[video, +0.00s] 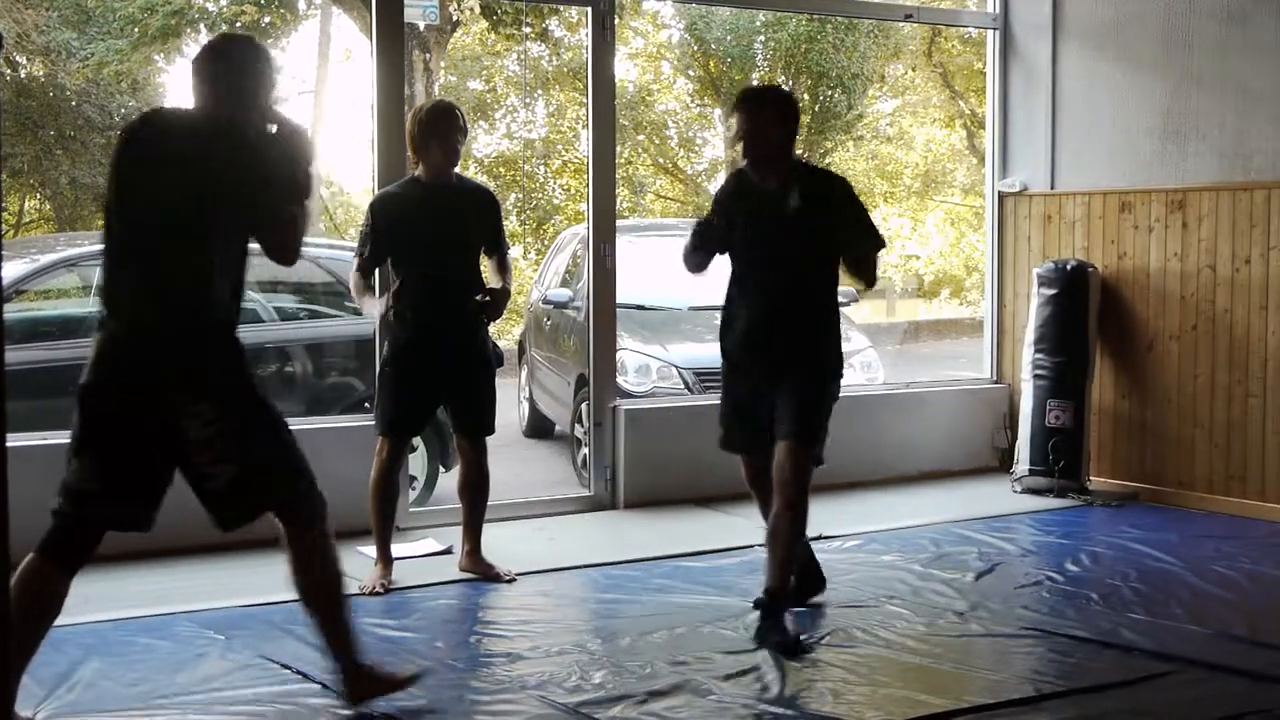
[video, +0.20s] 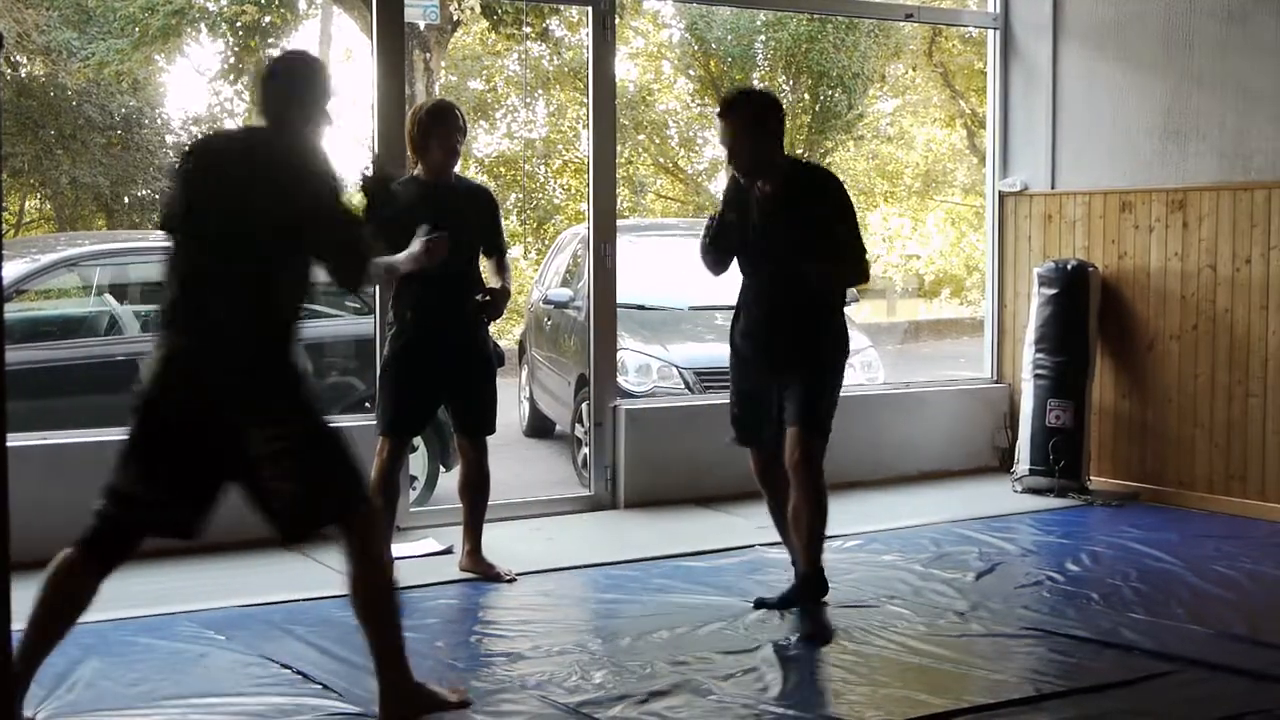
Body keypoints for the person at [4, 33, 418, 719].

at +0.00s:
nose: (271, 99)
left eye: (269, 87)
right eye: (267, 86)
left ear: (197, 82)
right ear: (249, 88)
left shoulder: (142, 132)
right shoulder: (250, 148)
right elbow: (284, 245)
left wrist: (248, 142)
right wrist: (297, 157)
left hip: (120, 362)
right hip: (204, 364)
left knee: (65, 543)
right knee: (301, 506)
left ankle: (4, 698)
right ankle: (351, 669)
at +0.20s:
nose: (324, 114)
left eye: (322, 101)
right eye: (322, 103)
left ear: (265, 96)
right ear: (308, 103)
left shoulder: (207, 152)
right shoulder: (303, 166)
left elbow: (178, 229)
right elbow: (353, 264)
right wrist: (381, 204)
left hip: (182, 376)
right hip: (261, 379)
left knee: (108, 538)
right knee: (363, 521)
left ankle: (14, 683)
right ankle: (398, 689)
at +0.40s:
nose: (397, 116)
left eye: (396, 105)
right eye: (396, 104)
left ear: (322, 94)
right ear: (381, 103)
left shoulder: (258, 140)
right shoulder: (384, 168)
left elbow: (229, 221)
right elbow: (414, 271)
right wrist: (447, 224)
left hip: (227, 361)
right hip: (314, 369)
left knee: (192, 509)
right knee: (385, 519)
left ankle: (106, 646)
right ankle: (401, 689)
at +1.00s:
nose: (397, 95)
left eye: (395, 82)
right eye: (394, 82)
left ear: (326, 79)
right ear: (380, 82)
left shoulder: (272, 131)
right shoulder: (386, 138)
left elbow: (266, 235)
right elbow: (432, 238)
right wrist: (464, 196)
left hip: (255, 353)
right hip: (336, 356)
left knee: (223, 520)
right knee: (405, 509)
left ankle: (181, 675)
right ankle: (417, 683)